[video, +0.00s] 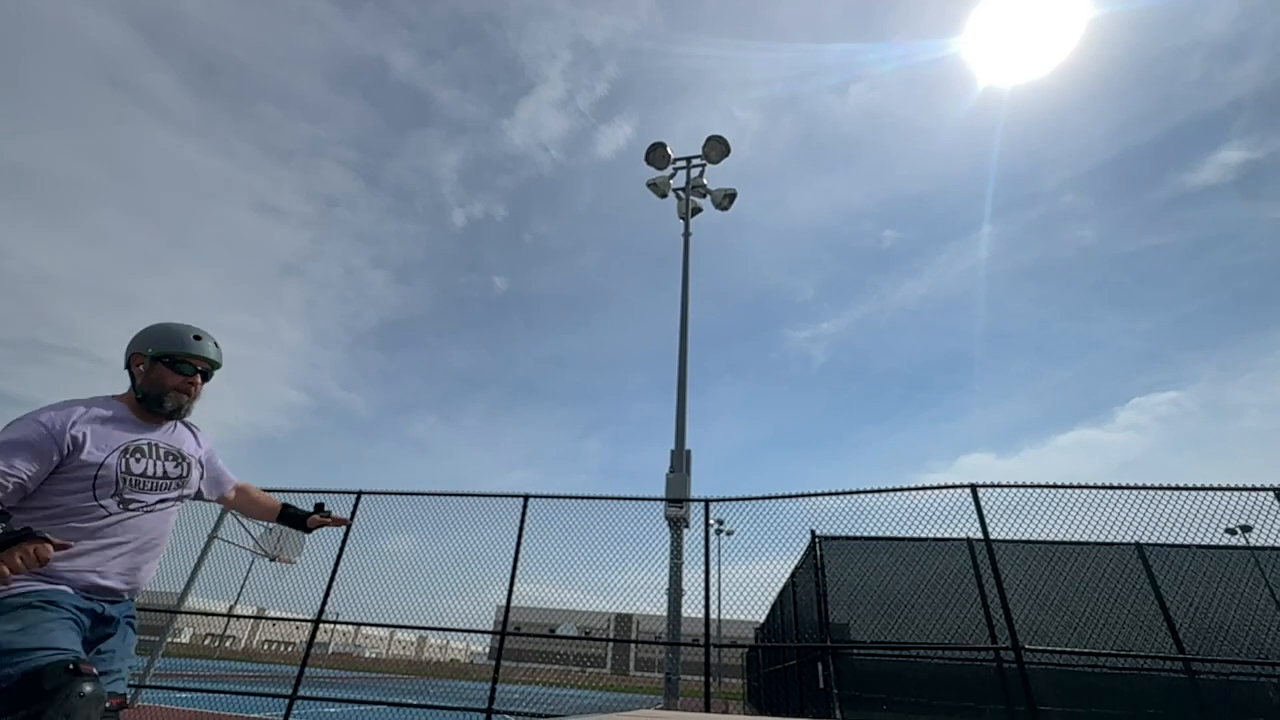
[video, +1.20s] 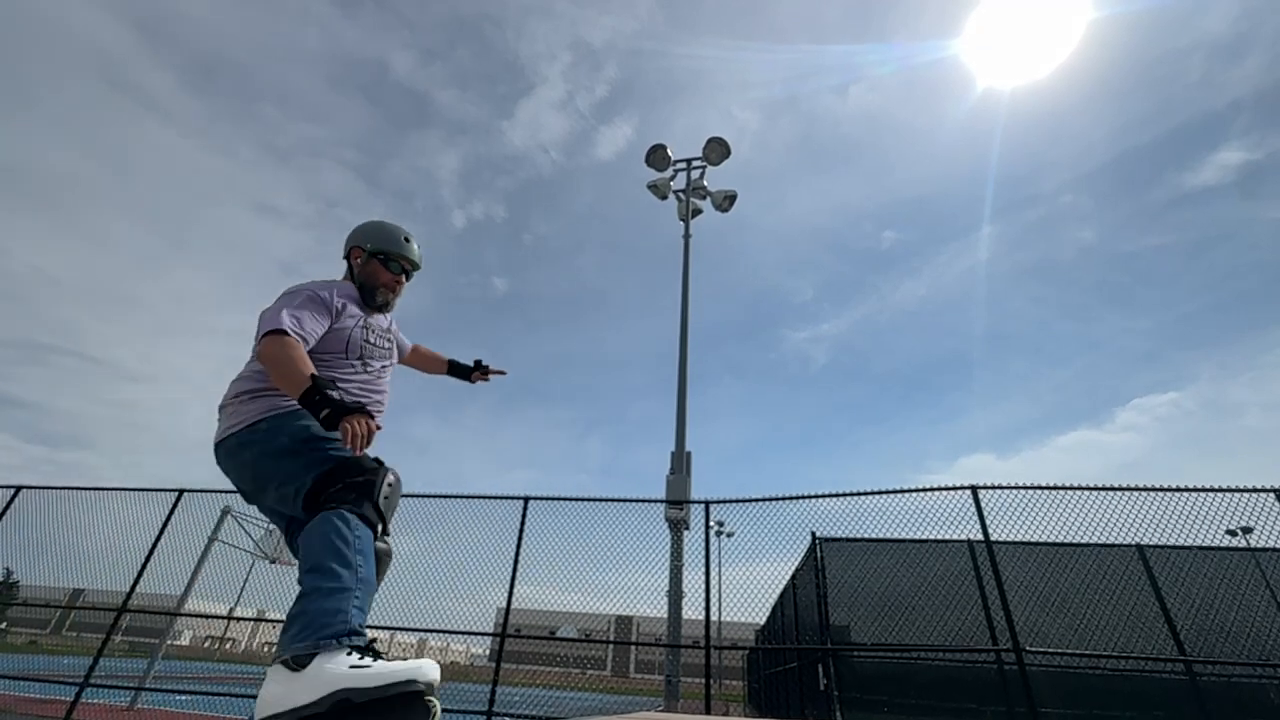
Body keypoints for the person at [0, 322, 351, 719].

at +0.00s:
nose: (194, 382)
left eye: (202, 375)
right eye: (181, 368)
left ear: (206, 385)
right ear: (139, 366)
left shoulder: (194, 446)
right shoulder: (65, 424)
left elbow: (237, 494)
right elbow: (0, 490)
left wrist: (302, 518)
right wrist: (7, 539)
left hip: (117, 613)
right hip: (37, 593)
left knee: (103, 708)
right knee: (65, 700)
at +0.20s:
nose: (232, 364)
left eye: (240, 357)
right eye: (219, 350)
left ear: (242, 367)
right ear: (179, 347)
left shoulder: (228, 426)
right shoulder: (117, 401)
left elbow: (266, 469)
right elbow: (21, 457)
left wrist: (329, 492)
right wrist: (59, 512)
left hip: (158, 587)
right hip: (68, 561)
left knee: (142, 701)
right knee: (112, 682)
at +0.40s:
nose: (267, 345)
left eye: (275, 338)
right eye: (256, 331)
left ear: (278, 348)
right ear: (218, 327)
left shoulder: (261, 406)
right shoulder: (164, 377)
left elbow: (299, 446)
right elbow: (72, 433)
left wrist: (357, 466)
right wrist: (120, 483)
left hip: (196, 556)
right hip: (112, 531)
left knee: (192, 683)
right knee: (164, 630)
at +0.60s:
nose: (303, 327)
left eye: (311, 320)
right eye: (293, 312)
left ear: (313, 329)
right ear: (256, 306)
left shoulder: (296, 383)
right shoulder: (204, 355)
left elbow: (328, 421)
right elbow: (128, 407)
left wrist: (385, 441)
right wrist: (178, 464)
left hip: (233, 523)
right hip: (155, 499)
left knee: (236, 651)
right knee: (212, 591)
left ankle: (220, 710)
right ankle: (174, 710)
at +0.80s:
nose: (336, 307)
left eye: (344, 302)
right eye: (326, 294)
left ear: (345, 311)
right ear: (291, 289)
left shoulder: (327, 363)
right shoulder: (248, 331)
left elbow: (358, 397)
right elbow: (181, 382)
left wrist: (411, 415)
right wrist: (230, 438)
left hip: (264, 491)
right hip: (195, 467)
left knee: (272, 625)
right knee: (256, 551)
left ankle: (236, 708)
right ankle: (231, 710)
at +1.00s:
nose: (368, 293)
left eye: (376, 287)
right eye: (359, 279)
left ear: (378, 296)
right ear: (325, 273)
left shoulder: (357, 346)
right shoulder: (286, 314)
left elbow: (385, 375)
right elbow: (230, 362)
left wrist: (437, 394)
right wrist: (280, 419)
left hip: (275, 463)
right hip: (229, 443)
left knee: (305, 565)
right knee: (302, 515)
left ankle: (269, 699)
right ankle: (281, 696)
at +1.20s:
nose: (398, 280)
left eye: (405, 274)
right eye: (390, 266)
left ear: (407, 281)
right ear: (357, 259)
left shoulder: (387, 331)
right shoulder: (322, 296)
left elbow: (414, 356)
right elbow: (276, 345)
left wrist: (463, 370)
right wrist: (329, 406)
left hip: (308, 437)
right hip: (265, 418)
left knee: (361, 539)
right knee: (356, 481)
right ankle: (315, 653)